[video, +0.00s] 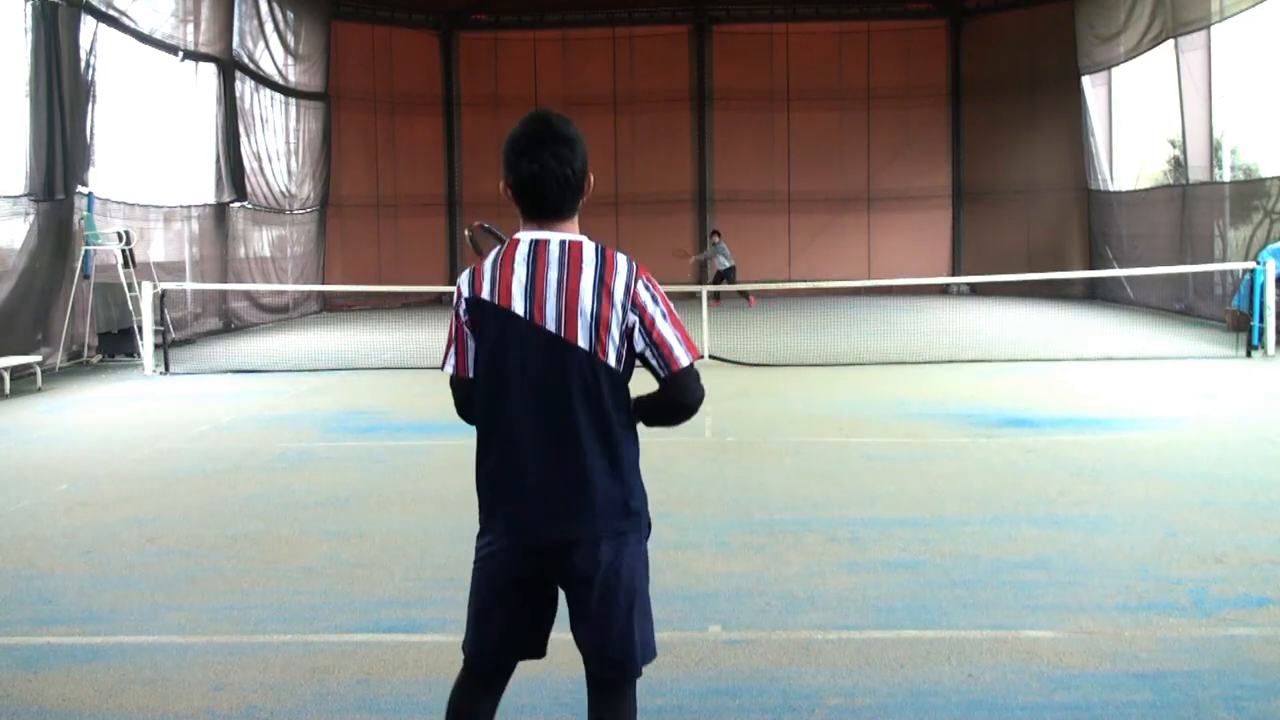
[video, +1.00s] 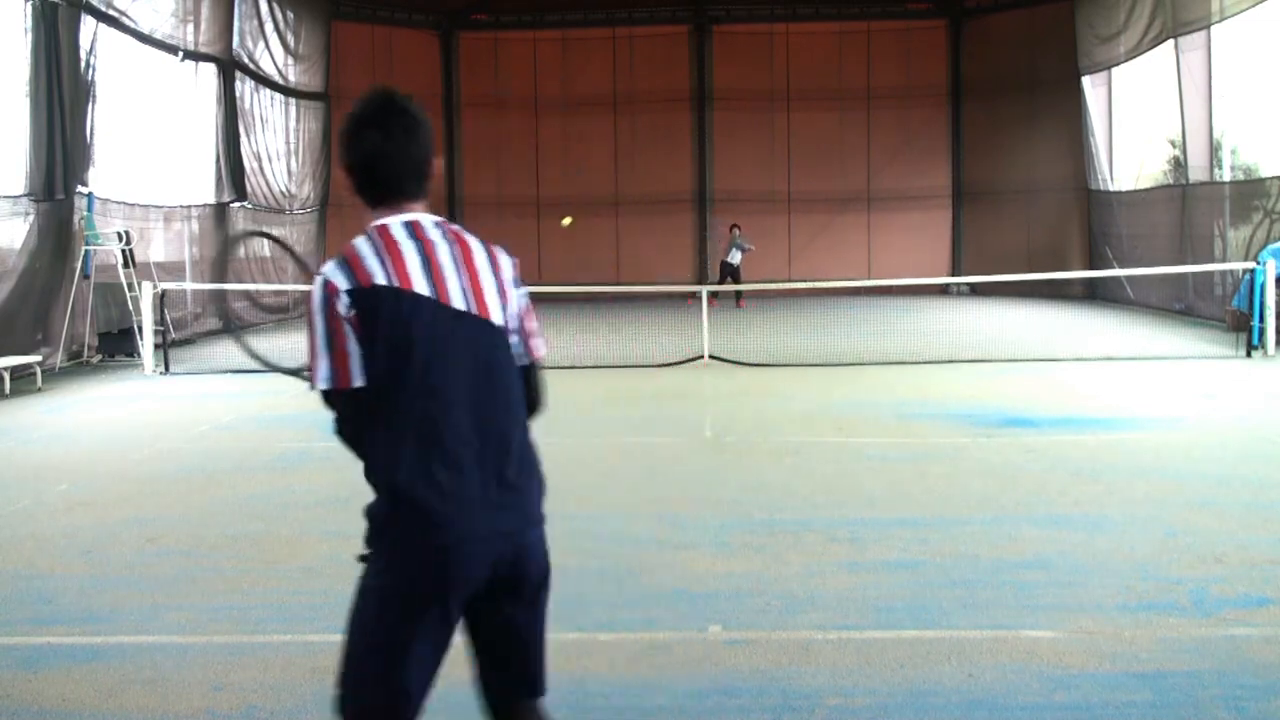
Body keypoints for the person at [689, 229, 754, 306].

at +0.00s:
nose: (714, 239)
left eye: (716, 237)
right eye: (713, 237)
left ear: (719, 237)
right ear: (711, 238)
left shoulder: (720, 246)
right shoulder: (714, 247)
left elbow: (709, 255)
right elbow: (708, 255)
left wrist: (696, 257)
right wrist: (696, 257)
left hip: (729, 267)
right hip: (721, 269)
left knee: (732, 284)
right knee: (715, 284)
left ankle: (748, 297)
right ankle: (716, 300)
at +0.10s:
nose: (714, 239)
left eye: (715, 236)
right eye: (712, 237)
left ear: (719, 237)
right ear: (711, 238)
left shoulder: (721, 246)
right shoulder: (714, 247)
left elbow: (709, 253)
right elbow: (709, 254)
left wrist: (698, 255)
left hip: (728, 267)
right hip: (720, 269)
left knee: (732, 284)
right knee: (715, 284)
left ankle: (748, 298)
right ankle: (717, 300)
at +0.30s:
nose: (715, 233)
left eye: (717, 231)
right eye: (714, 231)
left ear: (720, 231)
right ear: (712, 232)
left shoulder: (724, 238)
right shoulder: (713, 242)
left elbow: (727, 241)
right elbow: (713, 255)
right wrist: (707, 259)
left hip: (729, 262)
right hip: (719, 264)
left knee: (737, 282)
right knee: (716, 283)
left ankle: (748, 298)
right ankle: (717, 300)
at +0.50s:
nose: (721, 228)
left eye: (722, 226)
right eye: (720, 227)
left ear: (726, 227)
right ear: (718, 228)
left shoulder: (732, 235)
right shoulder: (719, 236)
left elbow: (738, 237)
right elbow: (718, 233)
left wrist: (740, 230)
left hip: (733, 259)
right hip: (722, 258)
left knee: (737, 279)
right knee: (717, 279)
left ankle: (740, 298)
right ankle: (716, 298)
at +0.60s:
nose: (725, 230)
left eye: (727, 228)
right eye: (724, 228)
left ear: (730, 228)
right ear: (722, 229)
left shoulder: (736, 238)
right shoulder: (723, 237)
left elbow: (744, 242)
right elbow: (730, 232)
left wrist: (747, 234)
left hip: (734, 261)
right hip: (724, 260)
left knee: (737, 281)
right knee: (718, 281)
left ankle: (739, 300)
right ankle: (714, 299)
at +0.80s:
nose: (734, 231)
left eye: (735, 229)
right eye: (732, 229)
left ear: (738, 230)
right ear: (730, 230)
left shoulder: (739, 240)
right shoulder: (732, 237)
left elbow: (741, 247)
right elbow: (741, 237)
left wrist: (746, 243)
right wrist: (749, 236)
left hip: (736, 263)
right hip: (727, 261)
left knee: (738, 283)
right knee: (720, 281)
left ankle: (739, 301)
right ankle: (713, 297)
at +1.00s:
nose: (736, 233)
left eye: (737, 231)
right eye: (734, 231)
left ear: (739, 232)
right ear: (731, 233)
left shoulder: (739, 243)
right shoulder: (732, 241)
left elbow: (741, 251)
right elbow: (739, 245)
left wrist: (747, 249)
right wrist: (747, 248)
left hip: (735, 265)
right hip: (727, 263)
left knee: (738, 283)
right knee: (721, 281)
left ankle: (738, 301)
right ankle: (713, 297)